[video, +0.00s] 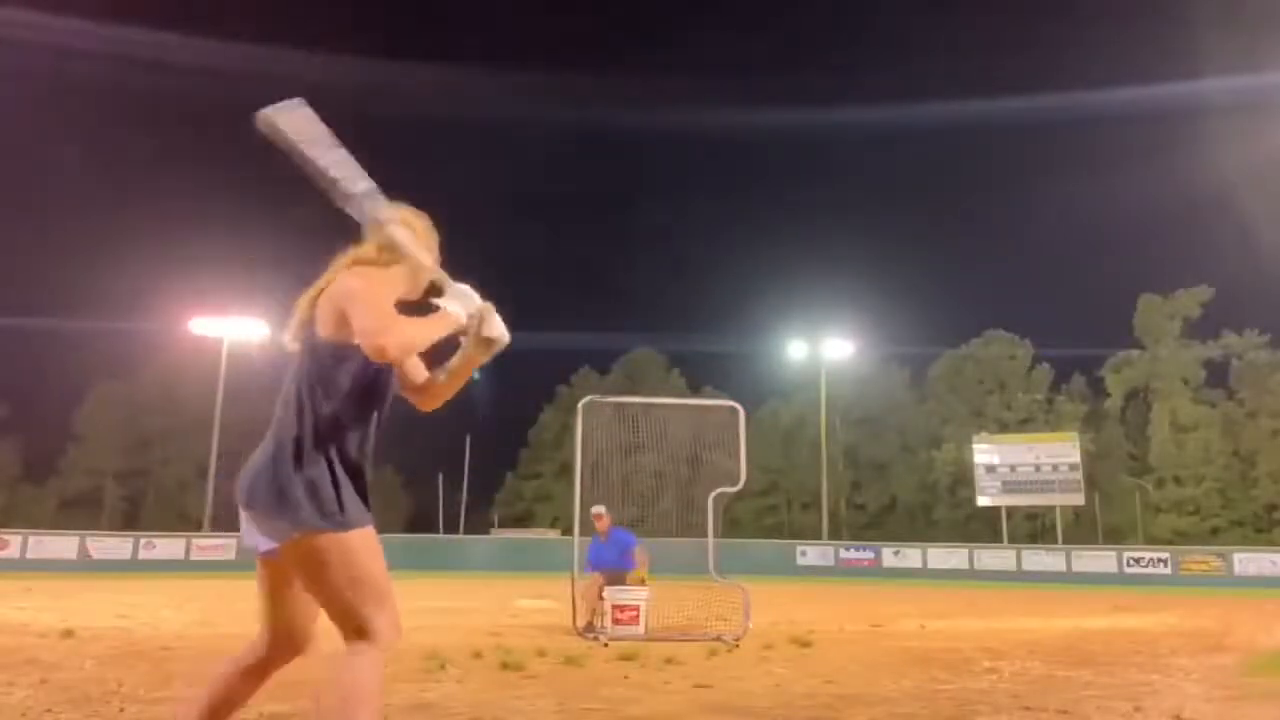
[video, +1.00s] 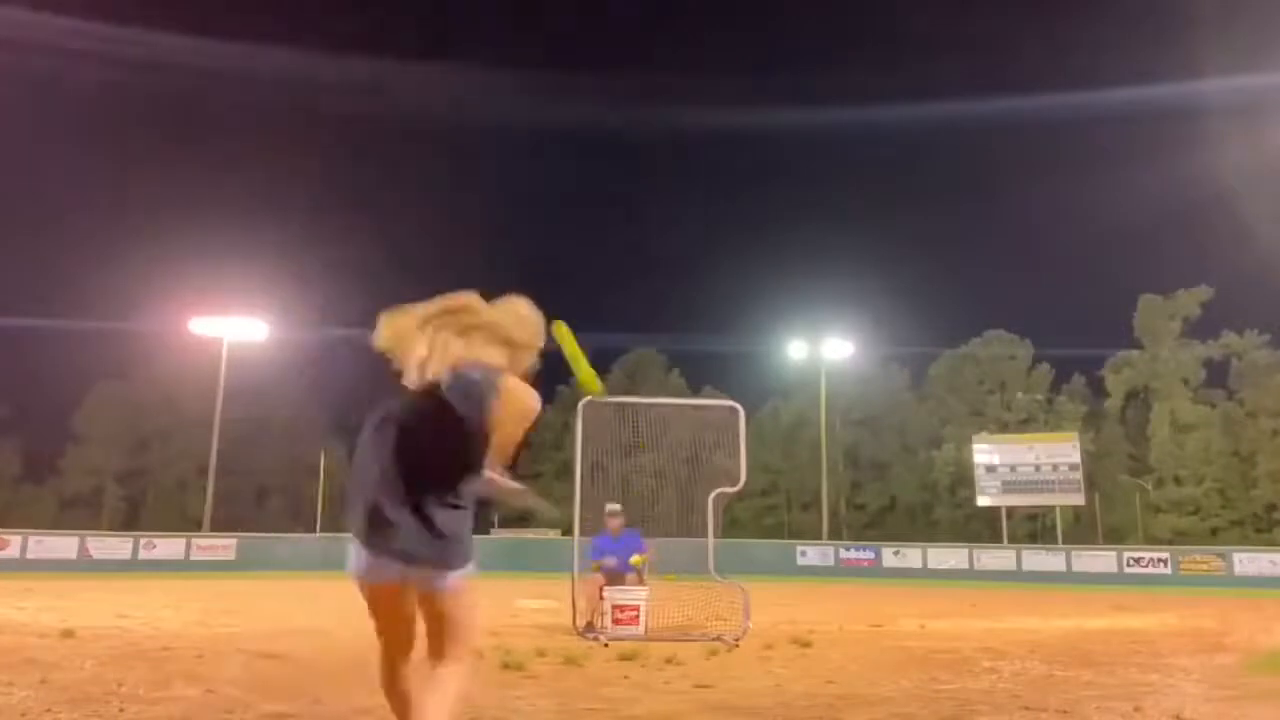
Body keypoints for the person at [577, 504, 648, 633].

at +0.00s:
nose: (599, 523)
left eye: (601, 519)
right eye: (595, 520)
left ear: (609, 518)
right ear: (593, 522)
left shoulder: (623, 537)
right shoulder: (595, 542)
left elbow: (640, 556)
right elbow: (591, 564)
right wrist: (597, 575)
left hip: (622, 573)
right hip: (603, 575)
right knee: (591, 587)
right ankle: (589, 622)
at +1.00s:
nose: (614, 522)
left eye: (617, 517)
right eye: (611, 518)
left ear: (623, 519)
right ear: (606, 520)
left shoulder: (633, 536)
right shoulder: (599, 539)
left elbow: (643, 554)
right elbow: (595, 563)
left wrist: (638, 559)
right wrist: (604, 563)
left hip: (627, 572)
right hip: (608, 572)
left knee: (632, 578)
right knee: (595, 580)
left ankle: (630, 619)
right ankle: (590, 621)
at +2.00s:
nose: (619, 520)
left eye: (622, 516)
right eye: (616, 517)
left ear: (628, 519)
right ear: (610, 519)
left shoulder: (634, 539)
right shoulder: (603, 539)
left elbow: (640, 560)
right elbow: (595, 563)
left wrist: (629, 570)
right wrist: (608, 571)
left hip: (629, 571)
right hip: (609, 571)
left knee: (639, 575)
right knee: (595, 577)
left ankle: (638, 620)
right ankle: (589, 621)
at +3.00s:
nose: (615, 520)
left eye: (619, 516)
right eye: (612, 516)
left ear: (625, 518)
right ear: (608, 518)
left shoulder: (632, 537)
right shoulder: (601, 538)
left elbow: (640, 560)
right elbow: (595, 562)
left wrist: (625, 571)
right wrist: (605, 572)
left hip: (626, 571)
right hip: (607, 572)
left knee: (636, 573)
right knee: (593, 579)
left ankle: (635, 618)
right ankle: (589, 621)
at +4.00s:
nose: (614, 521)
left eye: (617, 517)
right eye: (611, 517)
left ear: (623, 518)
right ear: (606, 519)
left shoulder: (631, 537)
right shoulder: (601, 539)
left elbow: (640, 560)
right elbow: (595, 562)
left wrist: (624, 571)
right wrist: (603, 572)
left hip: (625, 571)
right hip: (607, 571)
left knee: (635, 574)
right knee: (593, 579)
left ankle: (635, 619)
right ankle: (589, 621)